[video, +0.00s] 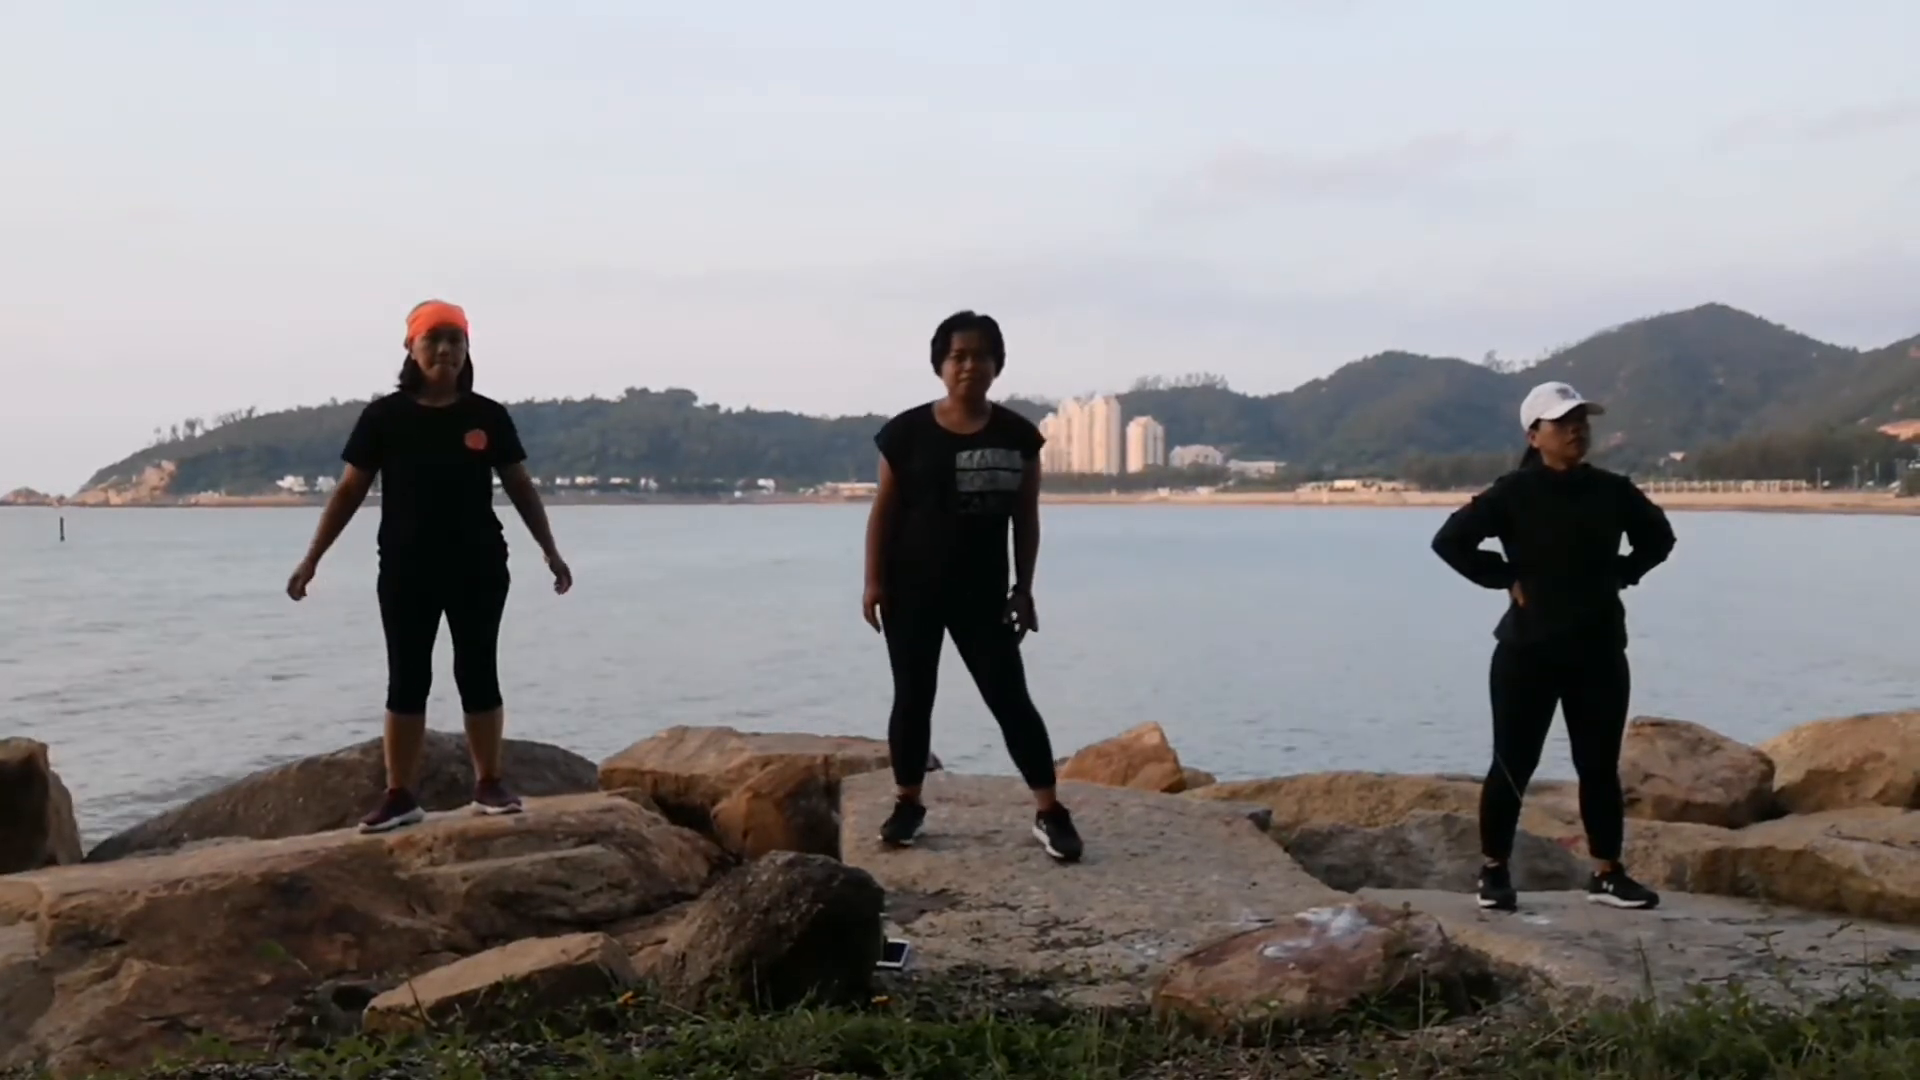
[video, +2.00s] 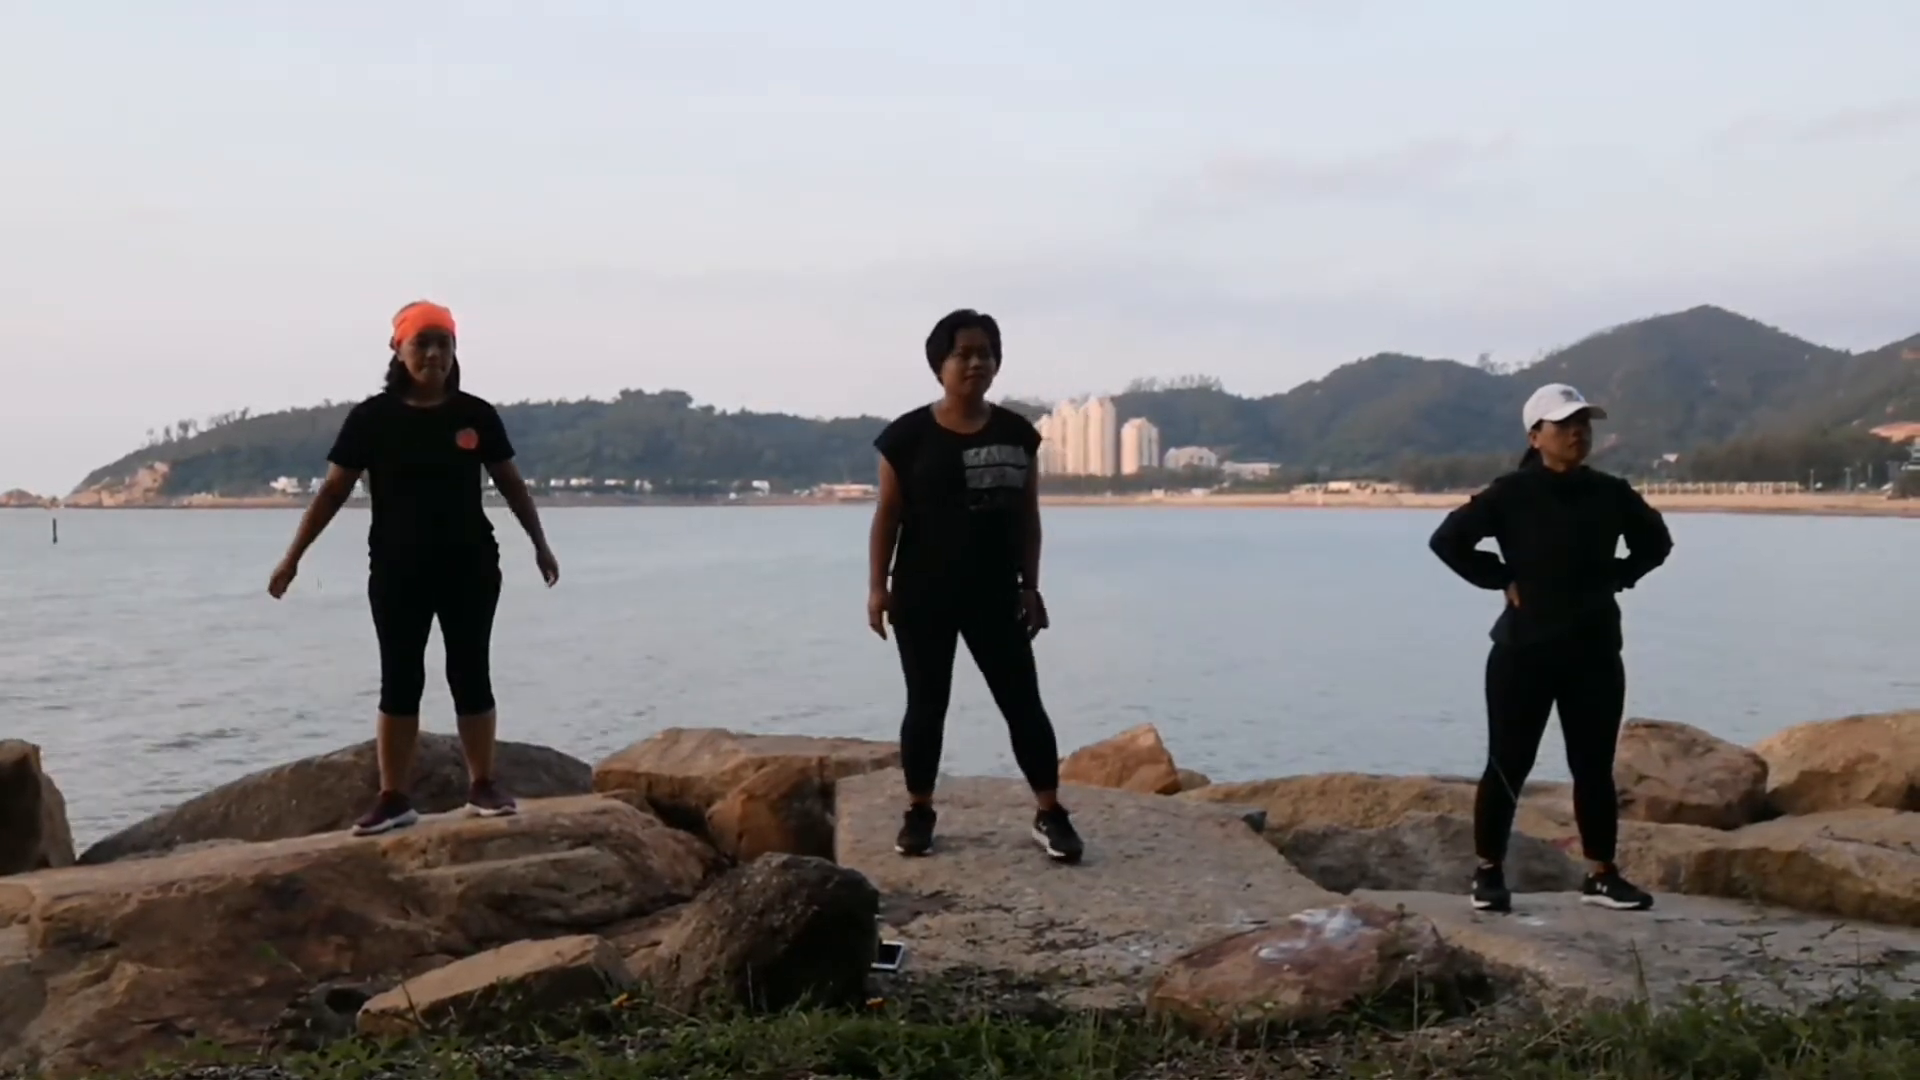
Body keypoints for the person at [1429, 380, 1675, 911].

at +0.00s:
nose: (1579, 431)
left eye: (1581, 421)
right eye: (1566, 423)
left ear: (1585, 425)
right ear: (1535, 434)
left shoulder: (1611, 490)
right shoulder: (1512, 493)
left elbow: (1660, 537)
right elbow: (1449, 543)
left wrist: (1621, 572)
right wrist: (1507, 577)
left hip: (1597, 650)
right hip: (1529, 650)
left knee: (1600, 767)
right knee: (1512, 765)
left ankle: (1608, 873)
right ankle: (1494, 872)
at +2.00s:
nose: (1580, 433)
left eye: (1583, 423)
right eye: (1567, 424)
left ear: (1588, 429)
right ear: (1537, 435)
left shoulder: (1610, 492)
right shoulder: (1511, 493)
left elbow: (1657, 542)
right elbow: (1447, 541)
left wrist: (1613, 578)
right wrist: (1502, 578)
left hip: (1593, 651)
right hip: (1524, 650)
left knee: (1595, 769)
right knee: (1507, 766)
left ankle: (1602, 874)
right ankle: (1489, 874)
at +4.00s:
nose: (1541, 439)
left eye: (1551, 429)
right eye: (1530, 429)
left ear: (1567, 436)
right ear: (1513, 438)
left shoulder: (1594, 495)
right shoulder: (1493, 498)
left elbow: (1645, 542)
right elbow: (1431, 547)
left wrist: (1603, 578)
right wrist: (1487, 581)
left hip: (1581, 653)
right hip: (1512, 653)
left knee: (1586, 770)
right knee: (1498, 768)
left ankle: (1594, 875)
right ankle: (1481, 874)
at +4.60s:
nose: (1493, 442)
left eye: (1502, 432)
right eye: (1482, 433)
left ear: (1512, 436)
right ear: (1459, 437)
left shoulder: (1532, 489)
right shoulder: (1437, 502)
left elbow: (1574, 524)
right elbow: (1380, 561)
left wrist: (1542, 565)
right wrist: (1441, 591)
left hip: (1536, 642)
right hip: (1471, 648)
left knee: (1575, 749)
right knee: (1474, 765)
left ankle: (1555, 836)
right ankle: (1476, 873)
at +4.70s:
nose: (1496, 447)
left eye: (1502, 438)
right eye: (1485, 438)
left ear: (1510, 439)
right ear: (1456, 438)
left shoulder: (1528, 488)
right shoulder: (1432, 502)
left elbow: (1572, 525)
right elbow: (1375, 562)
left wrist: (1541, 564)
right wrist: (1437, 591)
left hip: (1534, 639)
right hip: (1470, 647)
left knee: (1577, 746)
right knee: (1473, 765)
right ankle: (1476, 875)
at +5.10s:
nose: (1515, 457)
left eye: (1519, 447)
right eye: (1505, 446)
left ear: (1521, 444)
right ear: (1474, 442)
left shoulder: (1536, 489)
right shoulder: (1447, 501)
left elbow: (1567, 525)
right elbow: (1388, 567)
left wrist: (1536, 570)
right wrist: (1450, 594)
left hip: (1541, 636)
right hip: (1479, 642)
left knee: (1570, 743)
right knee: (1476, 765)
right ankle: (1473, 874)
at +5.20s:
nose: (1532, 461)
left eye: (1536, 451)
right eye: (1523, 451)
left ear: (1540, 446)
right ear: (1491, 444)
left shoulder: (1549, 493)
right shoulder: (1461, 500)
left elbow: (1566, 537)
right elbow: (1403, 568)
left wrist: (1533, 581)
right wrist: (1462, 595)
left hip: (1547, 642)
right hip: (1486, 648)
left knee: (1577, 751)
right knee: (1480, 765)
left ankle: (1590, 853)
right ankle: (1474, 875)